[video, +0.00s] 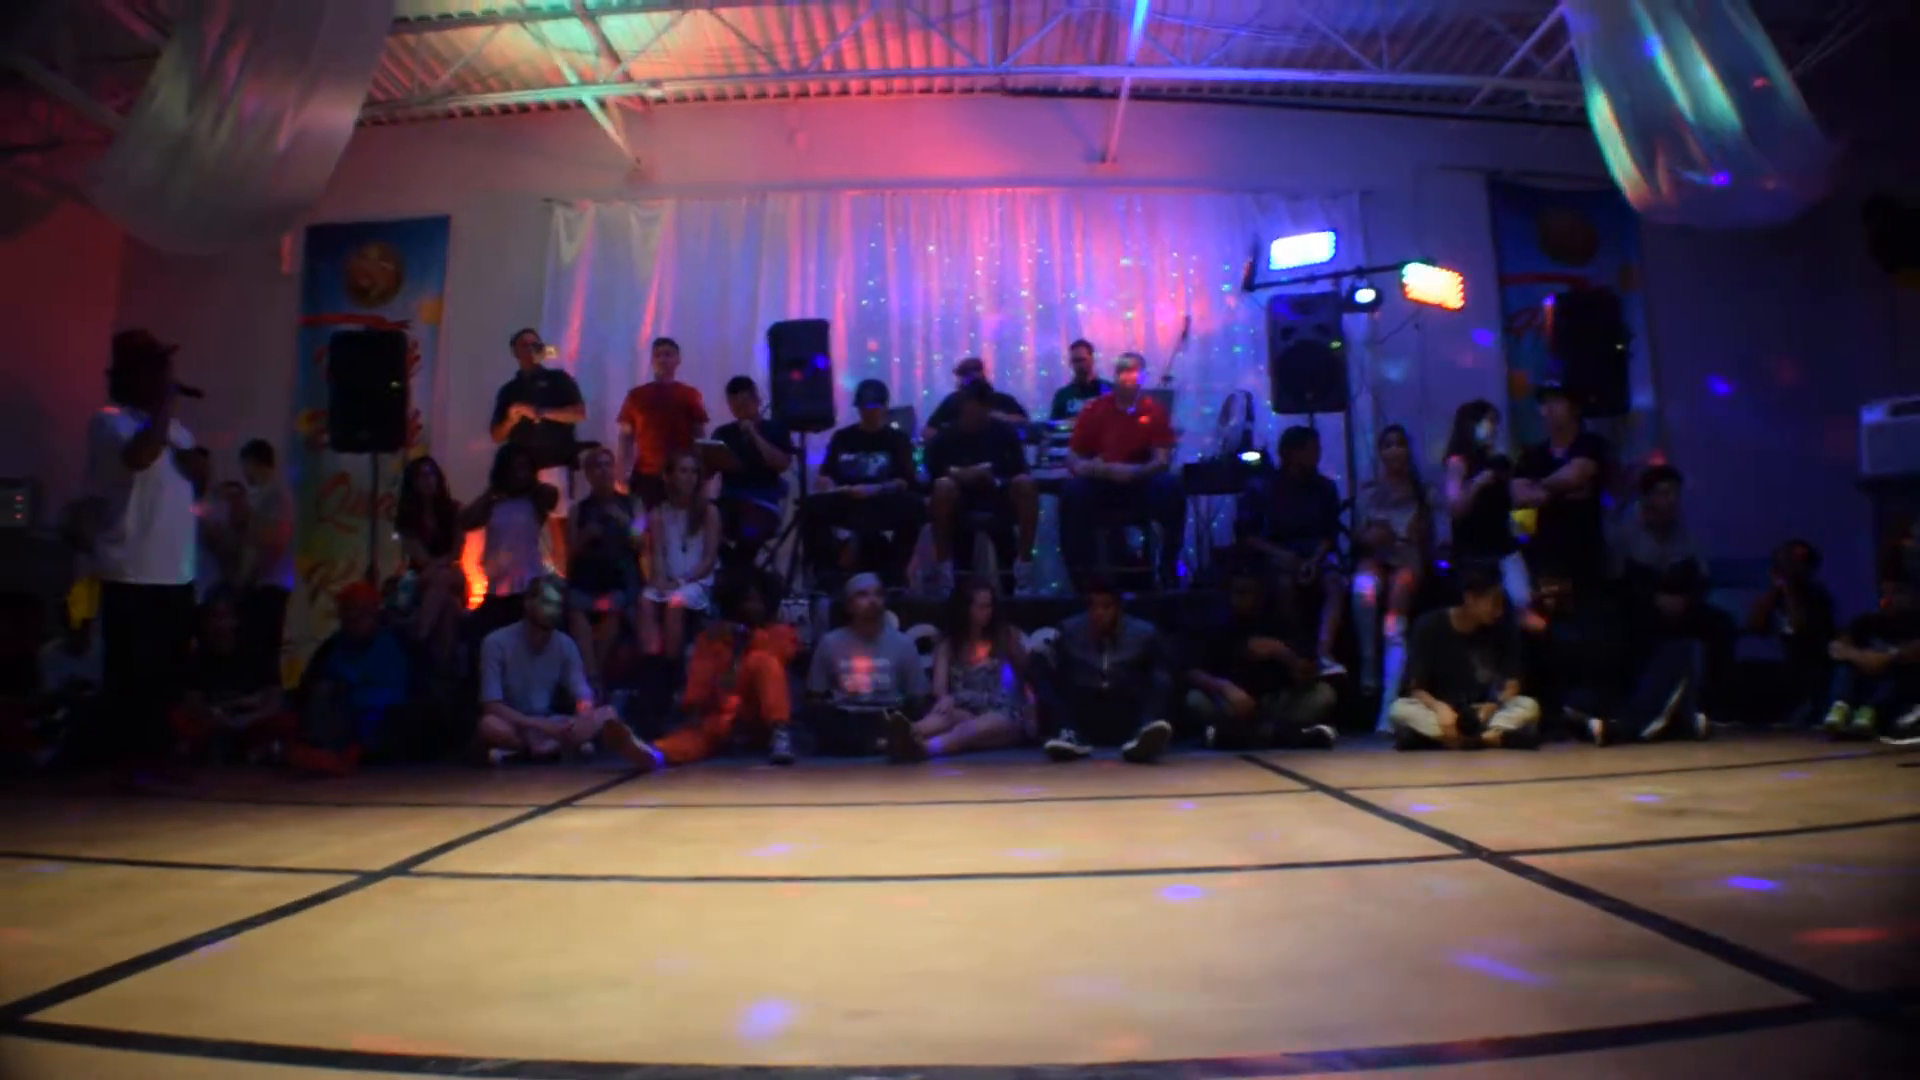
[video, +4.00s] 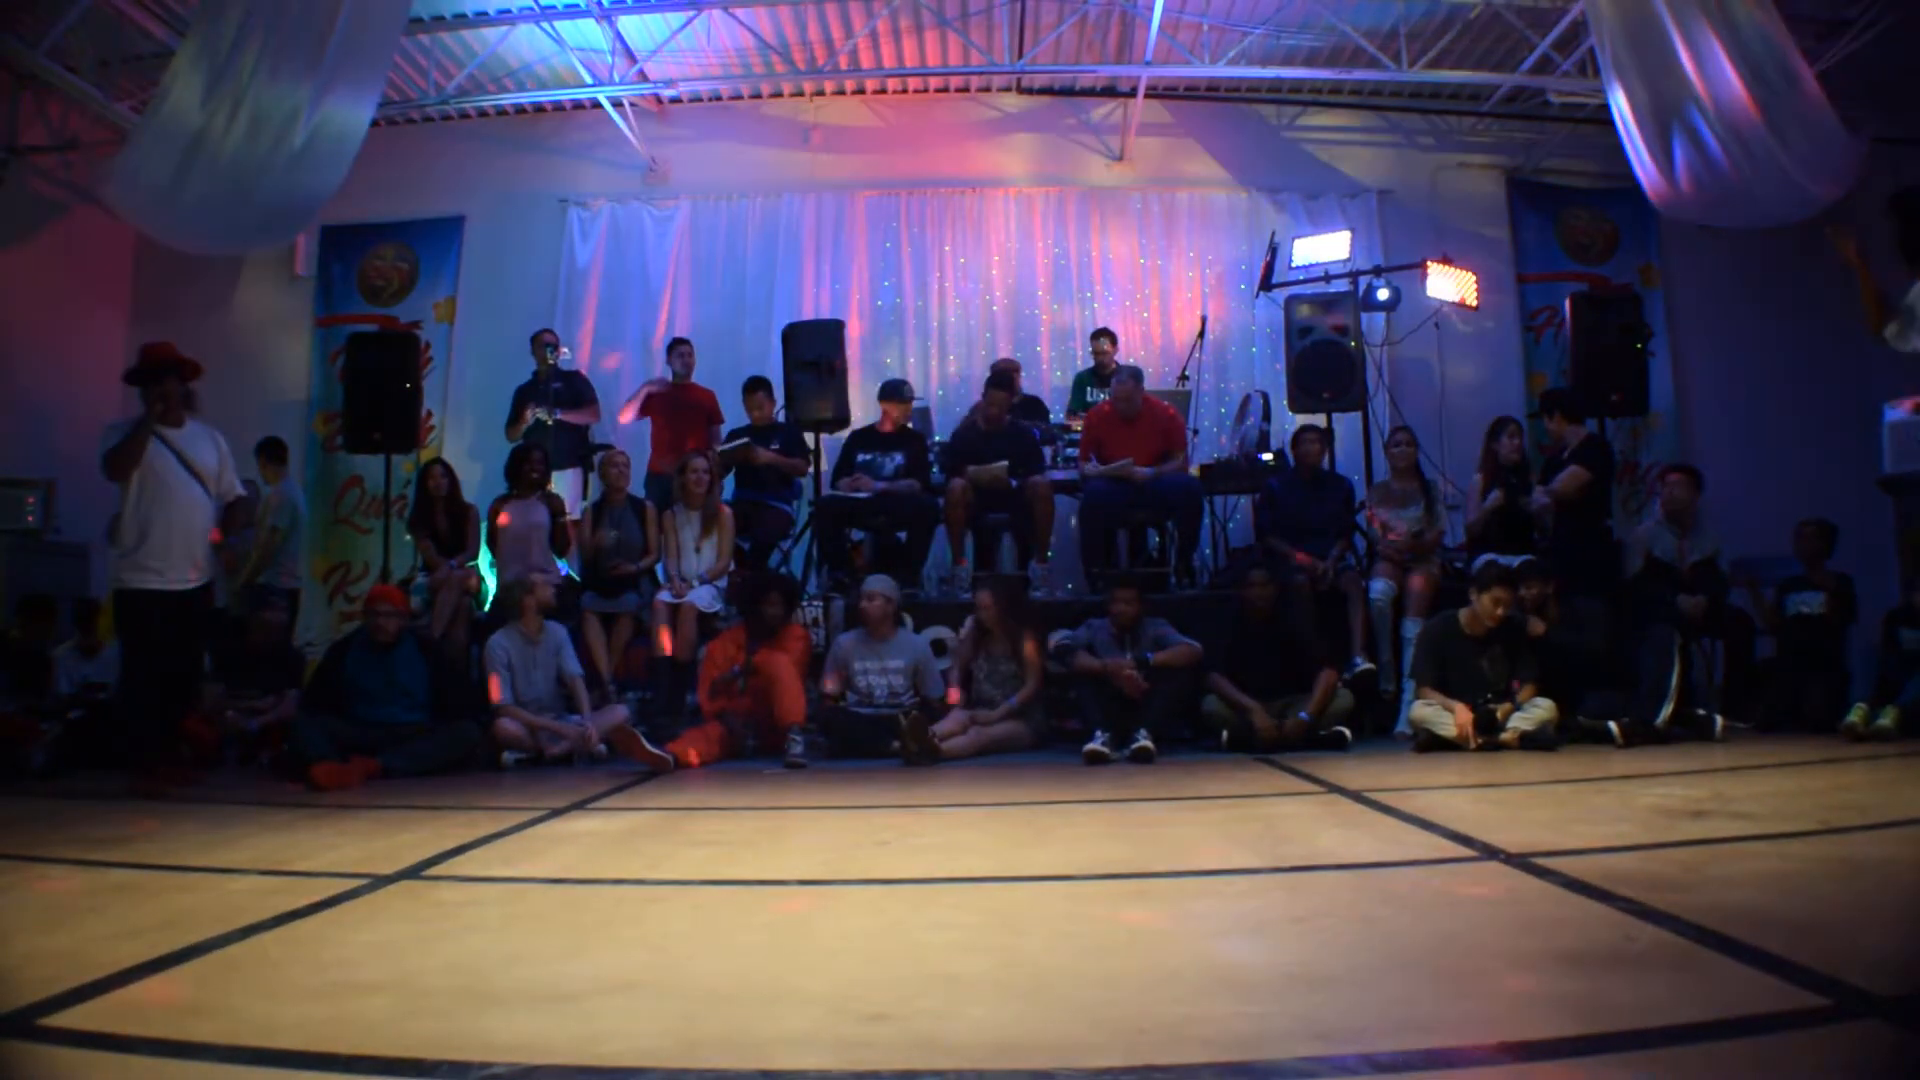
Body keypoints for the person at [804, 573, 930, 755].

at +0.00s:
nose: (872, 601)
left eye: (877, 594)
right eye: (863, 595)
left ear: (883, 600)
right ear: (850, 604)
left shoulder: (902, 644)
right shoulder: (831, 644)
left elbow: (918, 698)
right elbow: (815, 697)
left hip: (889, 722)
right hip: (843, 722)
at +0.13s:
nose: (895, 600)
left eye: (900, 594)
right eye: (886, 594)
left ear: (906, 599)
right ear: (873, 603)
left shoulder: (925, 643)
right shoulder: (853, 643)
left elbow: (941, 698)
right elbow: (837, 696)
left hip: (911, 714)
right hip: (867, 714)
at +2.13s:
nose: (887, 603)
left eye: (892, 596)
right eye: (878, 597)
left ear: (898, 602)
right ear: (865, 606)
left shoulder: (916, 645)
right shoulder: (845, 645)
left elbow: (936, 701)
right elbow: (829, 700)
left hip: (905, 716)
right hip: (861, 718)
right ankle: (894, 746)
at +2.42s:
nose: (887, 603)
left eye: (891, 597)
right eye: (878, 598)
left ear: (898, 602)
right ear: (865, 606)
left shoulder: (916, 644)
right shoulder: (845, 645)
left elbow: (936, 701)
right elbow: (829, 699)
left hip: (908, 717)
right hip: (863, 717)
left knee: (964, 714)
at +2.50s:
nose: (886, 603)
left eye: (891, 596)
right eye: (878, 598)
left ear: (897, 601)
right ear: (864, 605)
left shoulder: (916, 645)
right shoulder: (845, 645)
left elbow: (937, 702)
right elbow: (829, 701)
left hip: (908, 721)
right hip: (862, 722)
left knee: (964, 714)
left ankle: (925, 747)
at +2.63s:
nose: (887, 603)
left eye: (892, 597)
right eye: (879, 597)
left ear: (898, 602)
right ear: (865, 606)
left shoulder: (916, 645)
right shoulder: (845, 645)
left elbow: (937, 702)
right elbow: (828, 698)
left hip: (906, 716)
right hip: (860, 717)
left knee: (964, 713)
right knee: (829, 716)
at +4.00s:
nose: (863, 606)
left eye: (870, 599)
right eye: (862, 599)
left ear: (891, 605)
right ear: (858, 602)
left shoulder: (916, 645)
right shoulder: (845, 644)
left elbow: (934, 699)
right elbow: (830, 692)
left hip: (903, 715)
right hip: (859, 716)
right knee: (828, 717)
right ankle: (893, 746)